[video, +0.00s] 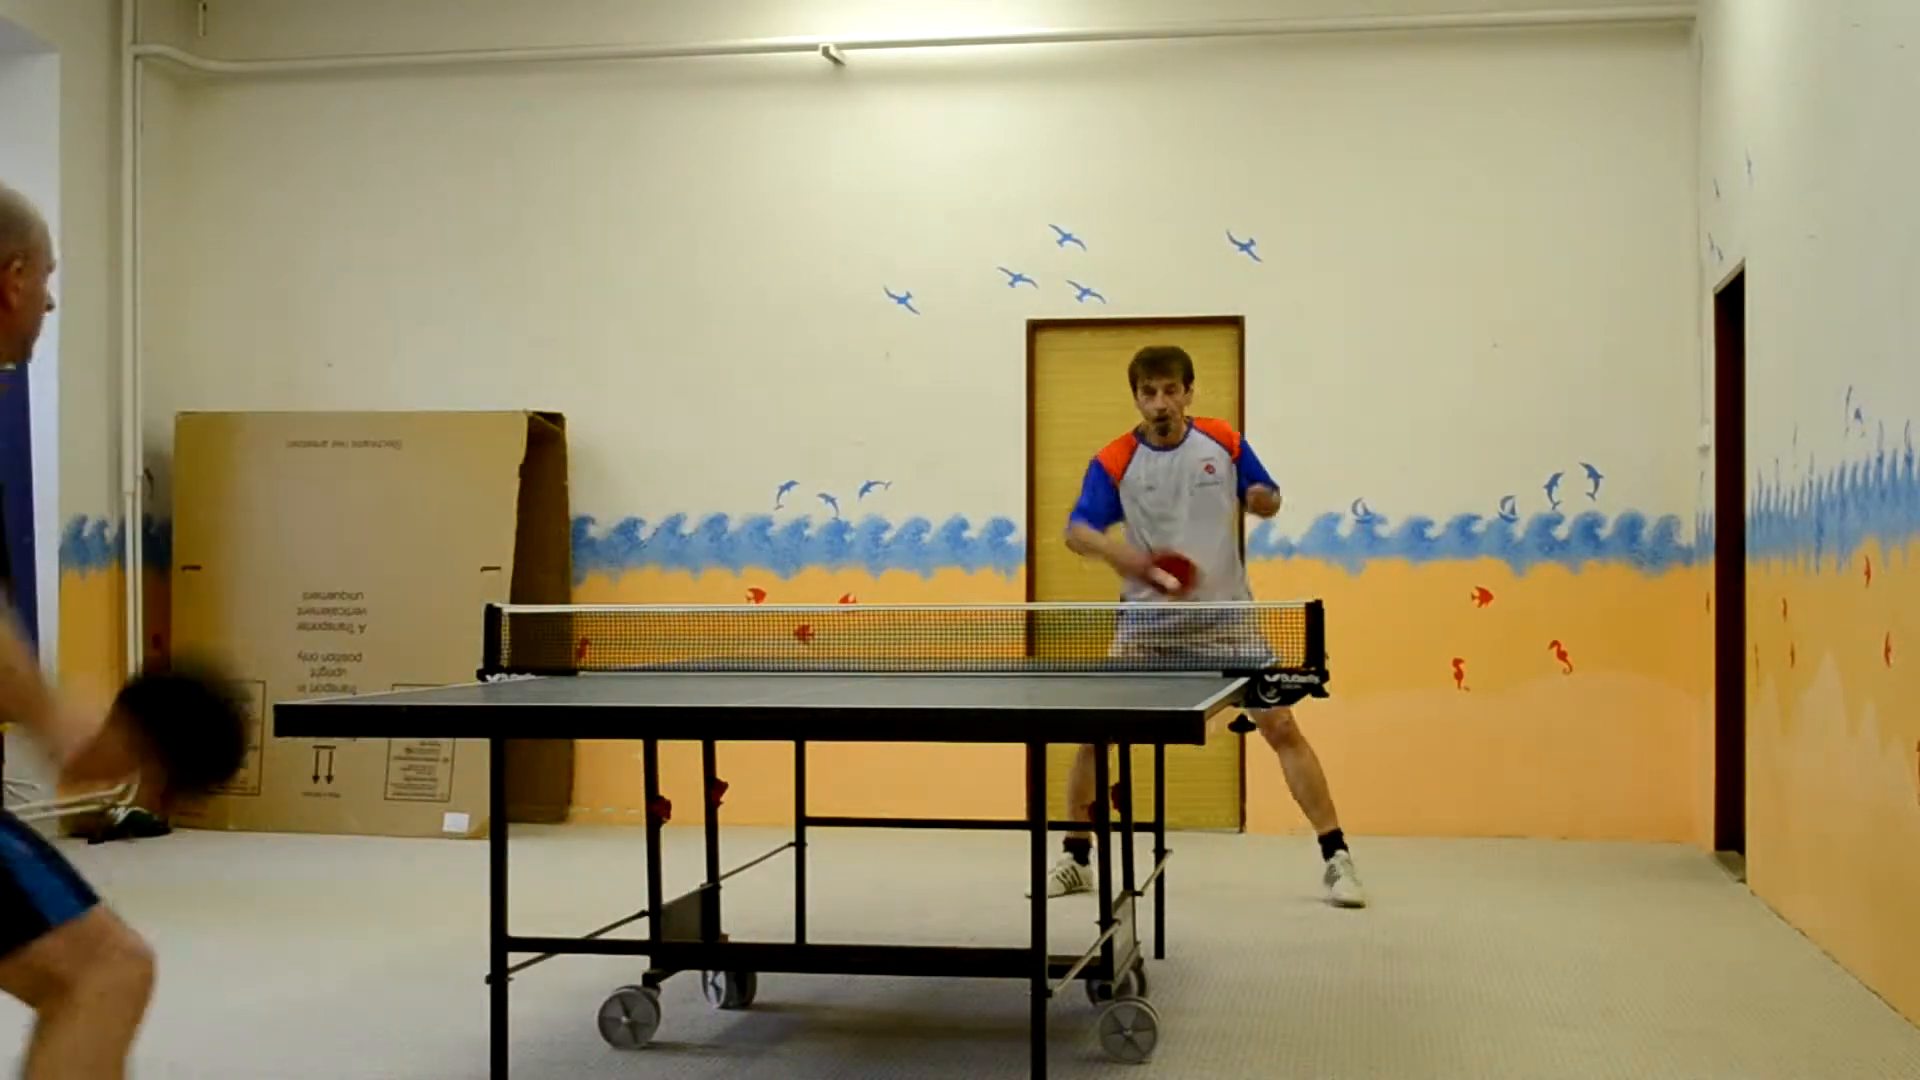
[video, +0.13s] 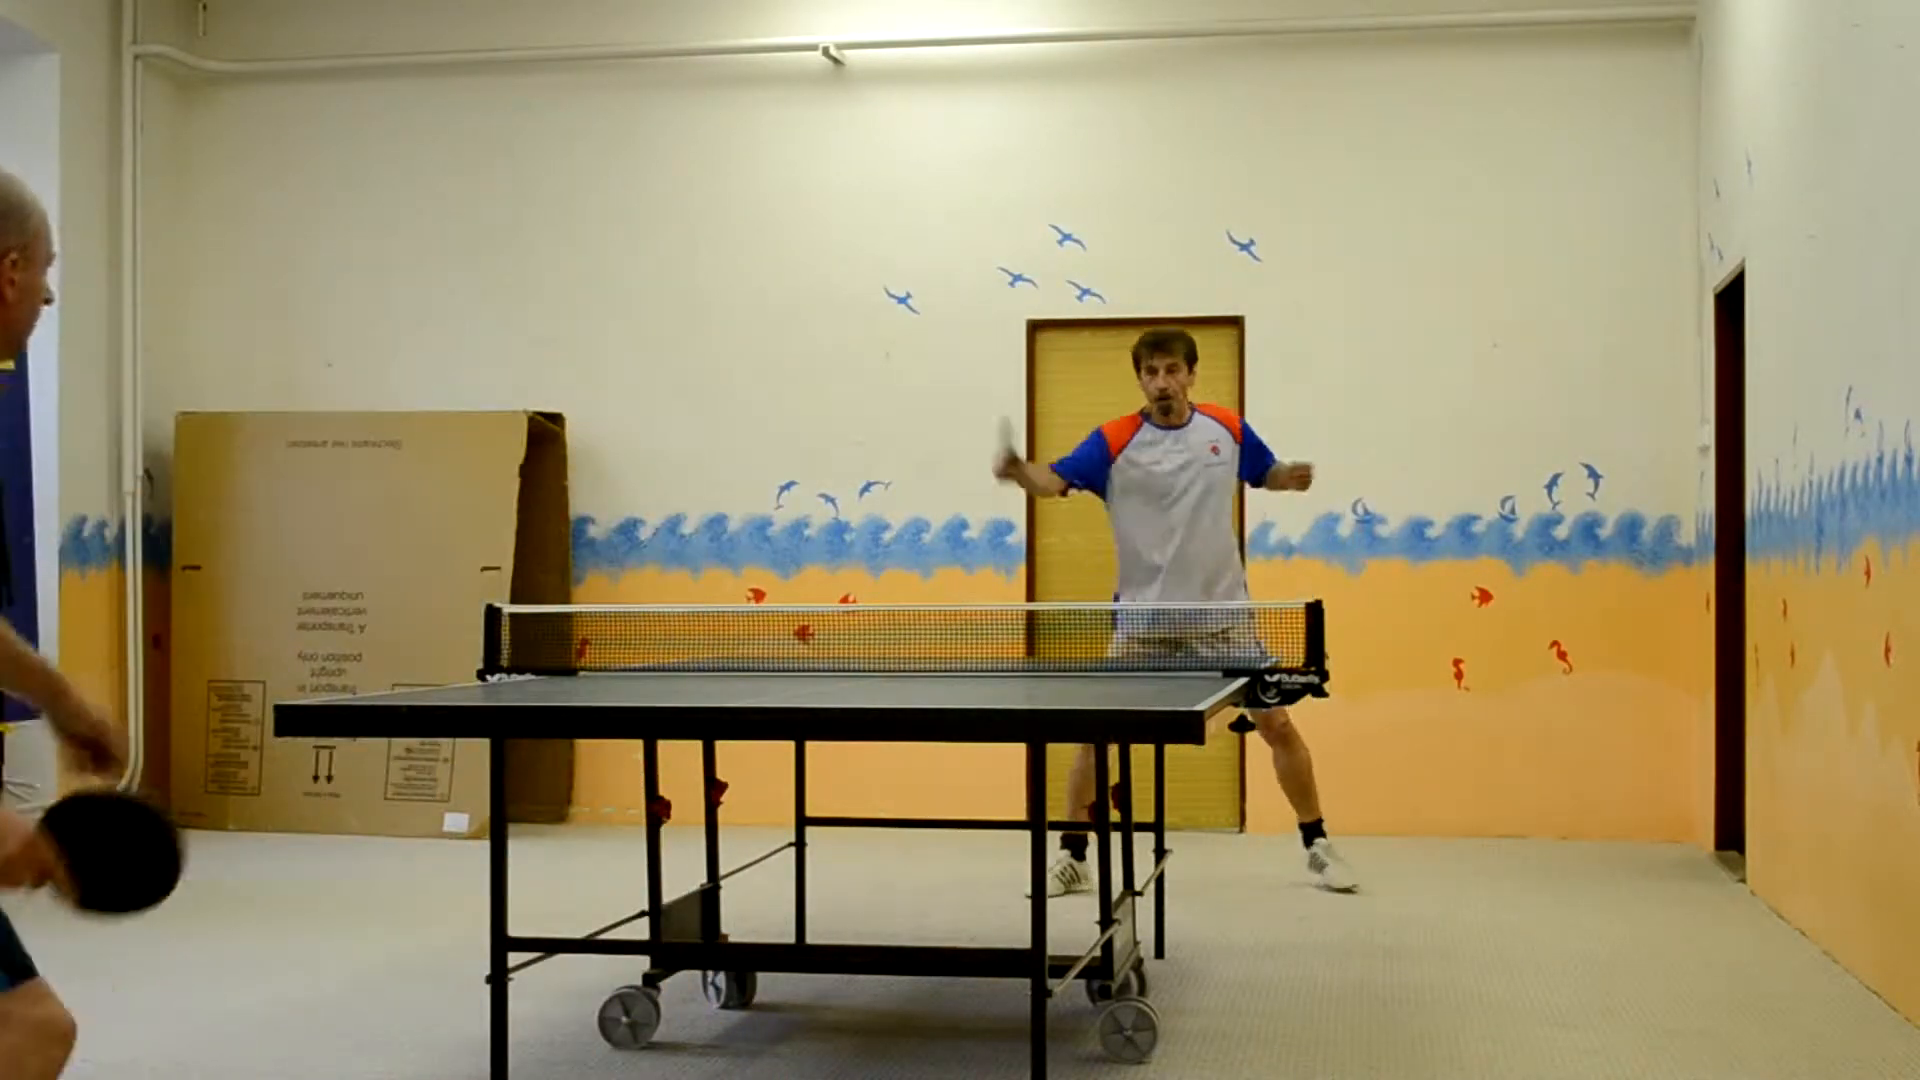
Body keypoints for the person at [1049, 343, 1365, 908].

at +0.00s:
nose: (1159, 403)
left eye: (1169, 392)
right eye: (1149, 393)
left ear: (1187, 392)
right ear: (1135, 396)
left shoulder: (1220, 438)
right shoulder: (1114, 461)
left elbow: (1269, 503)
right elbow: (1076, 531)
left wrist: (1251, 495)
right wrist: (1118, 552)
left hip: (1226, 615)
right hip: (1146, 619)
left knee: (1282, 727)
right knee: (1095, 729)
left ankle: (1336, 855)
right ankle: (1076, 856)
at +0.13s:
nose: (1161, 381)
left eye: (1171, 370)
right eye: (1151, 372)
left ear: (1191, 374)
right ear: (1138, 379)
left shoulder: (1225, 427)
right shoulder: (1116, 438)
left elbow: (1265, 473)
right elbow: (1055, 482)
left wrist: (1292, 476)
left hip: (1221, 608)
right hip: (1143, 611)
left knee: (1279, 725)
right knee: (1096, 730)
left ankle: (1317, 844)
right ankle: (1072, 856)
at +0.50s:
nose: (1209, 392)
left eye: (1218, 380)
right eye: (1199, 382)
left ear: (1240, 385)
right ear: (1188, 391)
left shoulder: (1277, 444)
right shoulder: (1165, 452)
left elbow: (1318, 508)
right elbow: (1115, 503)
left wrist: (1317, 533)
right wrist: (1083, 522)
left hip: (1262, 621)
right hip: (1185, 621)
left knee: (1307, 723)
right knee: (1130, 717)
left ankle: (1292, 836)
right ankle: (1106, 835)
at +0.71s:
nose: (1221, 417)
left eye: (1232, 407)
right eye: (1212, 408)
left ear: (1251, 412)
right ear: (1201, 413)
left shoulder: (1285, 471)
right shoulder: (1177, 479)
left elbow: (1314, 548)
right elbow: (1136, 549)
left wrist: (1296, 571)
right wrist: (1150, 594)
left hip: (1274, 640)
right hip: (1200, 644)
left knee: (1351, 734)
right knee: (1143, 731)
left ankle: (1396, 835)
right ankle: (1116, 839)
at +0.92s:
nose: (1329, 443)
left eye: (1337, 432)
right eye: (1318, 434)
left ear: (1351, 435)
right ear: (1304, 440)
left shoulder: (1369, 484)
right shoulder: (1285, 509)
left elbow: (1392, 560)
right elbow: (1285, 608)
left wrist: (1386, 557)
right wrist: (1361, 643)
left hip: (1341, 645)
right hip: (1272, 644)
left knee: (1408, 734)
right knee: (1203, 743)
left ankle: (1414, 850)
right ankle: (1134, 839)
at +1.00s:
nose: (1375, 434)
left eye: (1383, 423)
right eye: (1364, 425)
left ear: (1394, 426)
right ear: (1345, 430)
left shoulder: (1399, 469)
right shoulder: (1331, 497)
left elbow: (1412, 531)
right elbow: (1347, 592)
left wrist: (1434, 554)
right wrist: (1415, 624)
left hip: (1378, 630)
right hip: (1318, 628)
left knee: (1436, 729)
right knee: (1245, 733)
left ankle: (1417, 847)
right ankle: (1176, 830)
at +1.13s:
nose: (1406, 402)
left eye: (1414, 391)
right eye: (1395, 393)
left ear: (1426, 396)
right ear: (1376, 402)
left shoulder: (1439, 449)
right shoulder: (1353, 461)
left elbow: (1421, 515)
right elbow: (1316, 535)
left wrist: (1448, 548)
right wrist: (1343, 513)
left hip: (1426, 616)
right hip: (1363, 619)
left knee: (1488, 714)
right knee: (1333, 726)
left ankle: (1444, 825)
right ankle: (1285, 816)